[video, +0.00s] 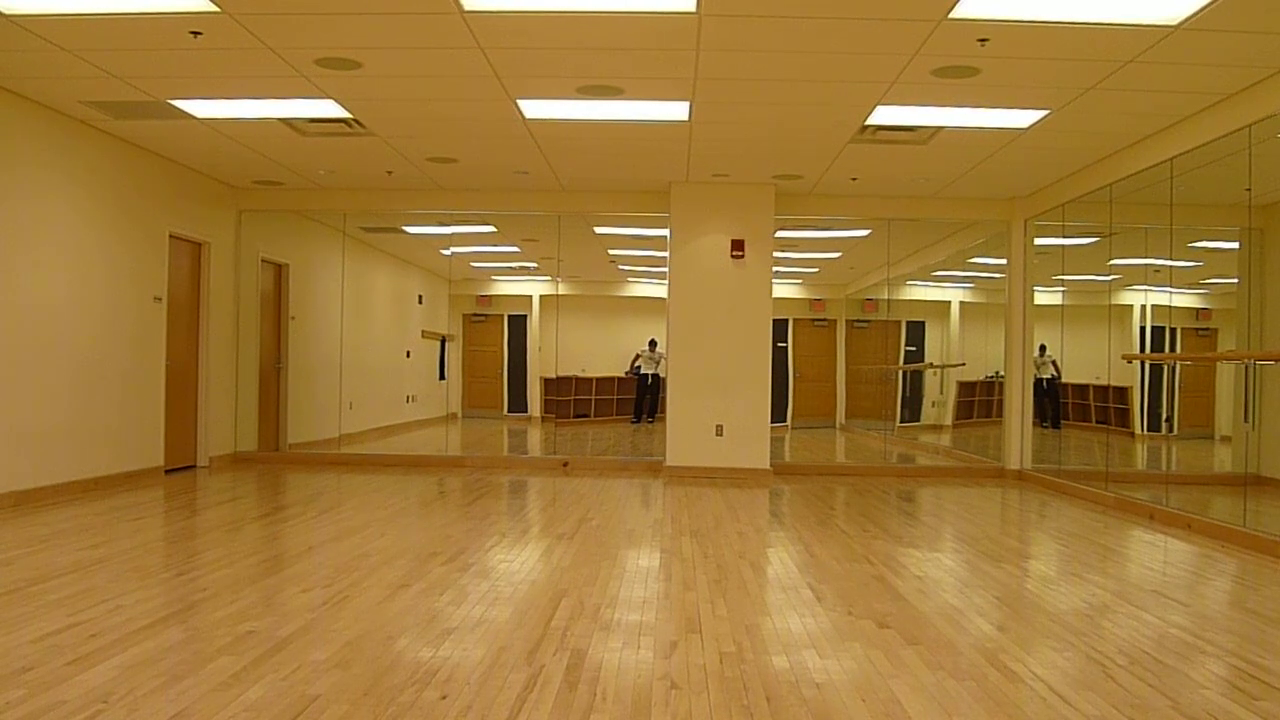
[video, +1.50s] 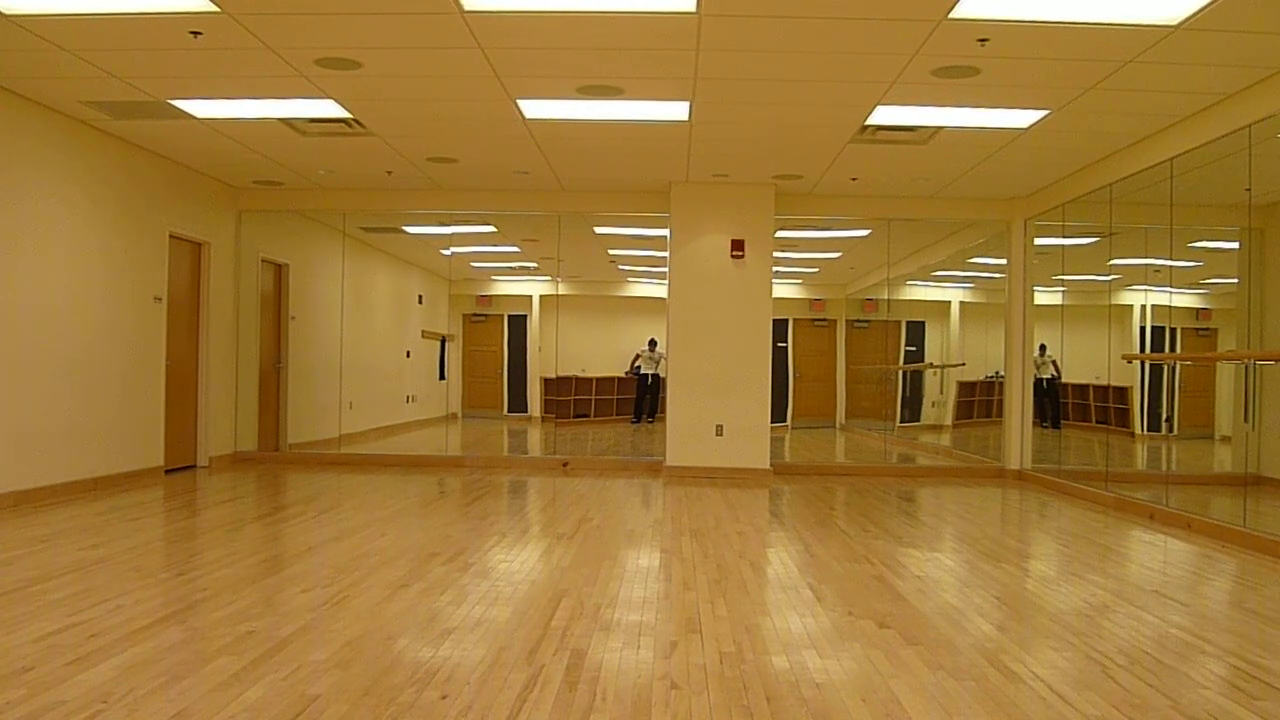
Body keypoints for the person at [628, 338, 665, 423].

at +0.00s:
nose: (652, 349)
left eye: (653, 348)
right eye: (650, 347)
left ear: (656, 347)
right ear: (648, 346)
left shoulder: (660, 354)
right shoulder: (642, 352)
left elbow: (668, 362)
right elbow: (634, 360)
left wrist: (668, 374)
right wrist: (631, 370)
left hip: (654, 374)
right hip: (643, 373)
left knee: (654, 396)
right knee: (640, 395)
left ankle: (651, 416)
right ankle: (637, 416)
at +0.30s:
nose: (652, 349)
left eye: (653, 347)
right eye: (650, 347)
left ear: (656, 347)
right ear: (648, 346)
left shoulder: (660, 354)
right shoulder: (642, 352)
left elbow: (668, 362)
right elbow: (634, 360)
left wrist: (668, 373)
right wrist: (630, 370)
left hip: (654, 374)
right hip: (643, 373)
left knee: (654, 396)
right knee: (640, 395)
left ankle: (651, 416)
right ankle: (637, 416)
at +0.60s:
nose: (652, 349)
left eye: (654, 347)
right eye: (650, 347)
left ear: (656, 347)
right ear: (648, 346)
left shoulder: (660, 354)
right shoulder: (642, 352)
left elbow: (668, 361)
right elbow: (634, 360)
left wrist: (668, 373)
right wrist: (630, 370)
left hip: (654, 374)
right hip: (643, 373)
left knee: (654, 396)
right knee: (640, 395)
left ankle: (651, 416)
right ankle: (637, 416)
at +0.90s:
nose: (652, 349)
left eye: (653, 347)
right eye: (650, 347)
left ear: (656, 347)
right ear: (648, 346)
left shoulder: (660, 354)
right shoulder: (642, 352)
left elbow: (668, 361)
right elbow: (634, 360)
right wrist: (630, 370)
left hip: (654, 374)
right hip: (643, 373)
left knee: (654, 396)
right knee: (640, 395)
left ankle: (651, 416)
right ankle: (637, 416)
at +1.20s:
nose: (652, 349)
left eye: (653, 347)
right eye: (650, 347)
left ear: (656, 347)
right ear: (648, 346)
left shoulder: (660, 354)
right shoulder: (642, 352)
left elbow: (668, 362)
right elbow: (634, 360)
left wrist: (668, 373)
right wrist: (631, 370)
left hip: (654, 373)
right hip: (643, 373)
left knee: (654, 396)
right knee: (640, 395)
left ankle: (651, 416)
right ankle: (637, 416)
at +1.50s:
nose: (652, 349)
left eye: (653, 347)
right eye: (650, 347)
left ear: (656, 347)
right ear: (648, 346)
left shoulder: (660, 354)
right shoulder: (642, 352)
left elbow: (668, 361)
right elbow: (634, 360)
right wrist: (630, 369)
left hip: (654, 373)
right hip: (643, 373)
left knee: (654, 396)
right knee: (640, 395)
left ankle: (651, 416)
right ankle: (637, 416)